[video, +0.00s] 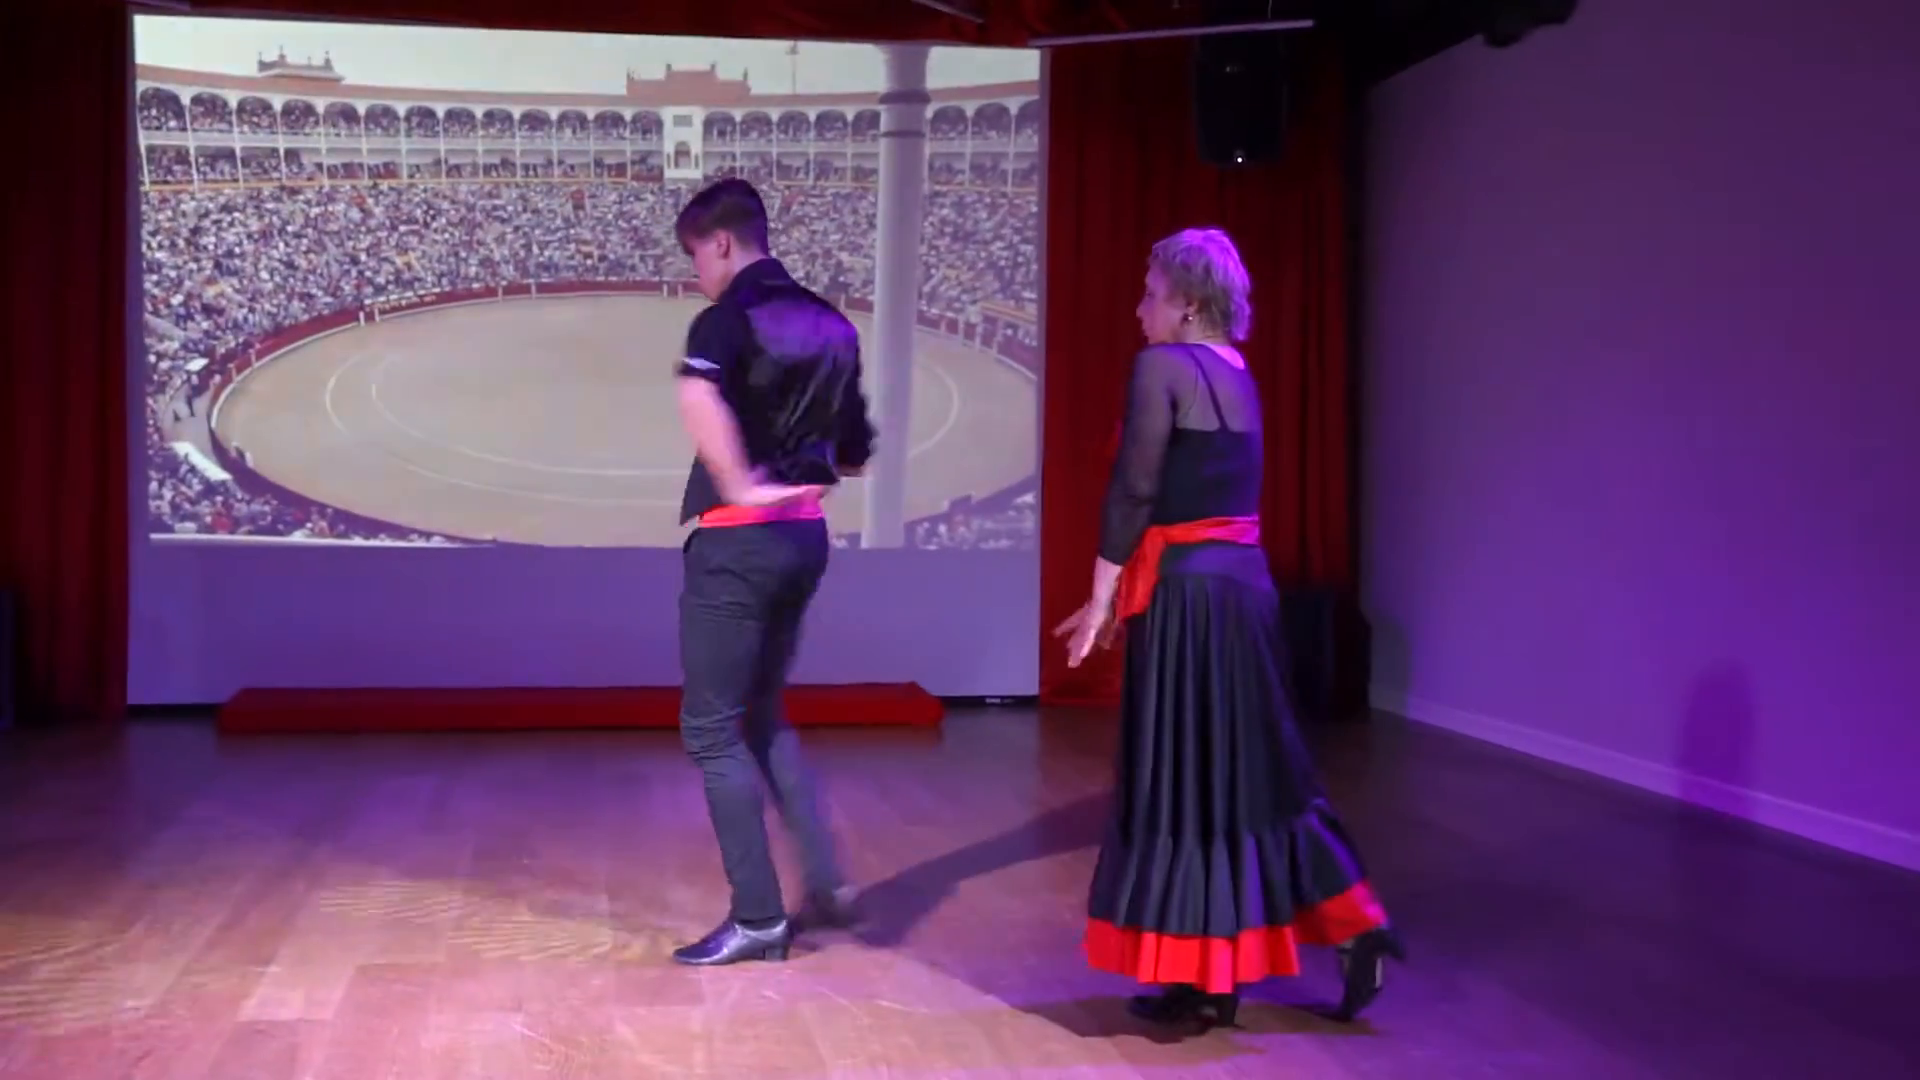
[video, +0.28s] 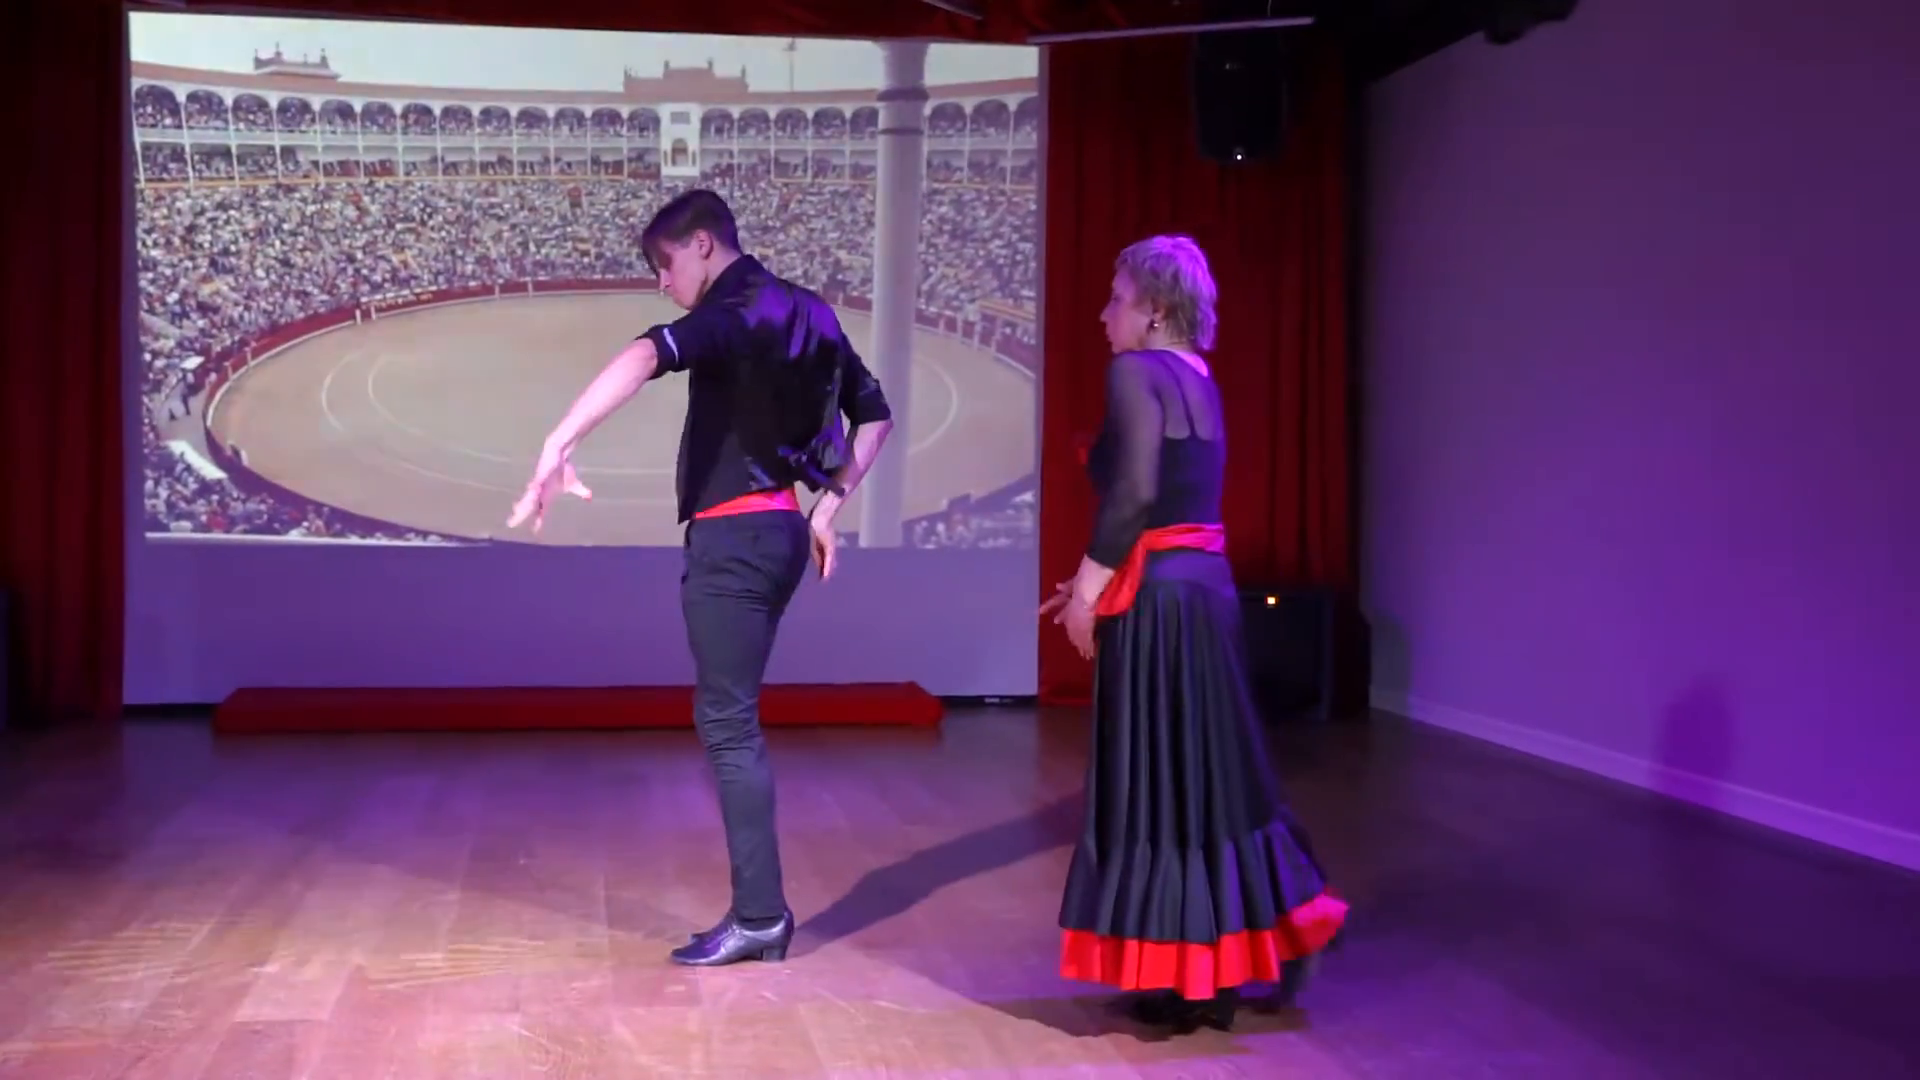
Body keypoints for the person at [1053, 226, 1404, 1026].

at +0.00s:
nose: (1141, 304)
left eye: (1151, 292)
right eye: (1145, 290)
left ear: (1185, 301)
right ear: (1212, 303)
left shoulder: (1160, 367)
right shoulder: (1234, 373)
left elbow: (1135, 486)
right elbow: (1209, 498)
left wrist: (1105, 585)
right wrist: (1114, 601)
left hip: (1187, 590)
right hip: (1245, 587)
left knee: (1181, 774)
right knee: (1267, 765)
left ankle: (1193, 973)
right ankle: (1356, 920)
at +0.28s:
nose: (1106, 311)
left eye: (1116, 298)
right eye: (1110, 296)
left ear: (1151, 307)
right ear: (1175, 309)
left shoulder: (1135, 373)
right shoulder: (1196, 379)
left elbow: (1133, 495)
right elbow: (1162, 502)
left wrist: (1090, 589)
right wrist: (1089, 582)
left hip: (1159, 591)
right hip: (1209, 589)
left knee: (1158, 776)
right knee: (1213, 768)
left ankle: (1180, 970)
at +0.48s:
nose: (1059, 313)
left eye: (1070, 300)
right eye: (1063, 298)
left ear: (1104, 309)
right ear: (1133, 311)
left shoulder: (1100, 379)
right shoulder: (1152, 379)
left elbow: (1121, 490)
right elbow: (1159, 497)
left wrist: (1079, 604)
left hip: (1128, 595)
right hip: (1172, 590)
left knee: (1118, 776)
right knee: (1177, 773)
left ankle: (1145, 967)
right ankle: (1200, 965)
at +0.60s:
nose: (1030, 318)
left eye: (1039, 304)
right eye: (1034, 303)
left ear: (1068, 311)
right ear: (1104, 315)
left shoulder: (1070, 382)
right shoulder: (1118, 385)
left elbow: (1100, 489)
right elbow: (1148, 493)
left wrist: (1073, 606)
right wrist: (1043, 468)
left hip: (1089, 602)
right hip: (1132, 598)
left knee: (1007, 766)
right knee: (1146, 776)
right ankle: (1189, 963)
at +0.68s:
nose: (1002, 316)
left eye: (1013, 304)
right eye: (1007, 303)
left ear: (1047, 315)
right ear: (1071, 319)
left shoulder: (1052, 397)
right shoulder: (1092, 397)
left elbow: (1081, 501)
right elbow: (1135, 503)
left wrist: (1051, 617)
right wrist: (1021, 481)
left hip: (1059, 608)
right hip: (1100, 604)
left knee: (985, 775)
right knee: (1121, 783)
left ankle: (930, 954)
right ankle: (1174, 963)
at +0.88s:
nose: (928, 309)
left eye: (942, 296)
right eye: (936, 294)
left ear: (978, 311)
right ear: (991, 314)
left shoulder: (984, 396)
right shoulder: (1008, 395)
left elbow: (996, 512)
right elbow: (1046, 514)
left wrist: (927, 611)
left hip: (968, 609)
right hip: (990, 605)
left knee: (917, 779)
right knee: (1039, 779)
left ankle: (916, 961)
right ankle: (1129, 938)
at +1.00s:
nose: (893, 301)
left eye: (904, 289)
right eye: (898, 288)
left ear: (935, 303)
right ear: (952, 306)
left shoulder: (941, 390)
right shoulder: (963, 388)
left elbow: (947, 505)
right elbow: (997, 511)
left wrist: (839, 581)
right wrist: (885, 531)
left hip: (935, 600)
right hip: (948, 594)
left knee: (904, 771)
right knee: (971, 770)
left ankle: (914, 956)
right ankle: (1042, 945)